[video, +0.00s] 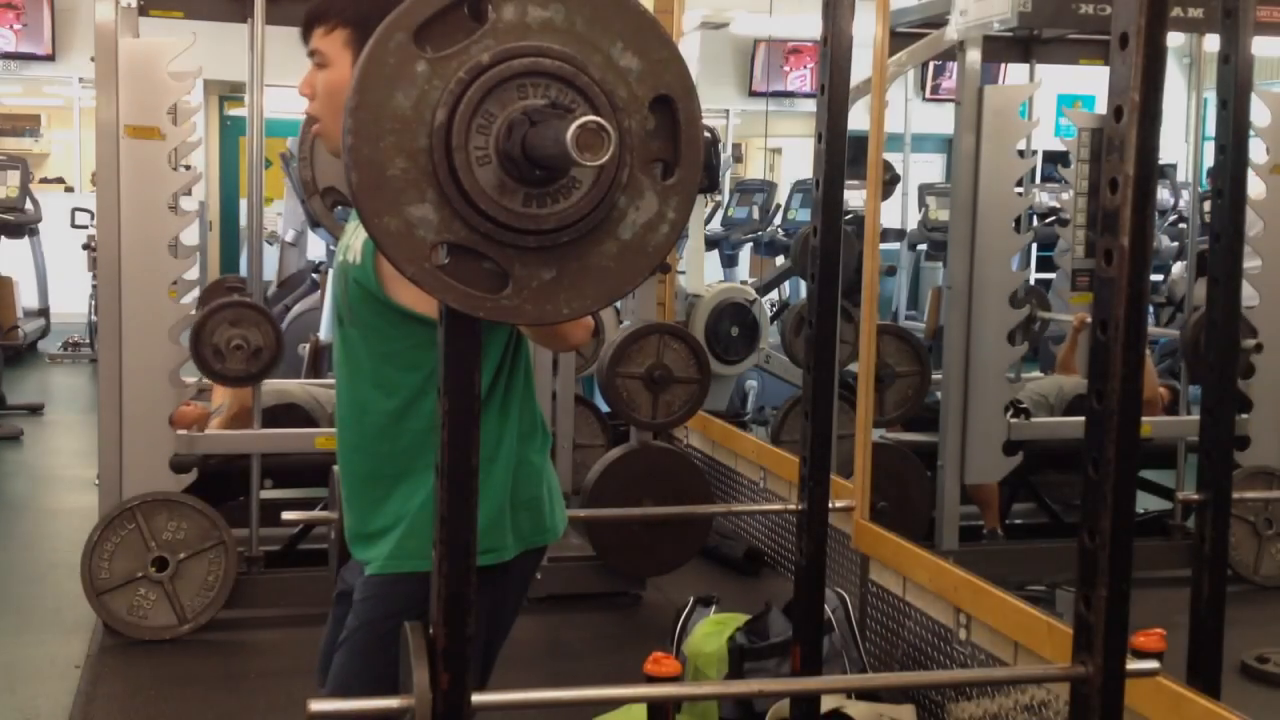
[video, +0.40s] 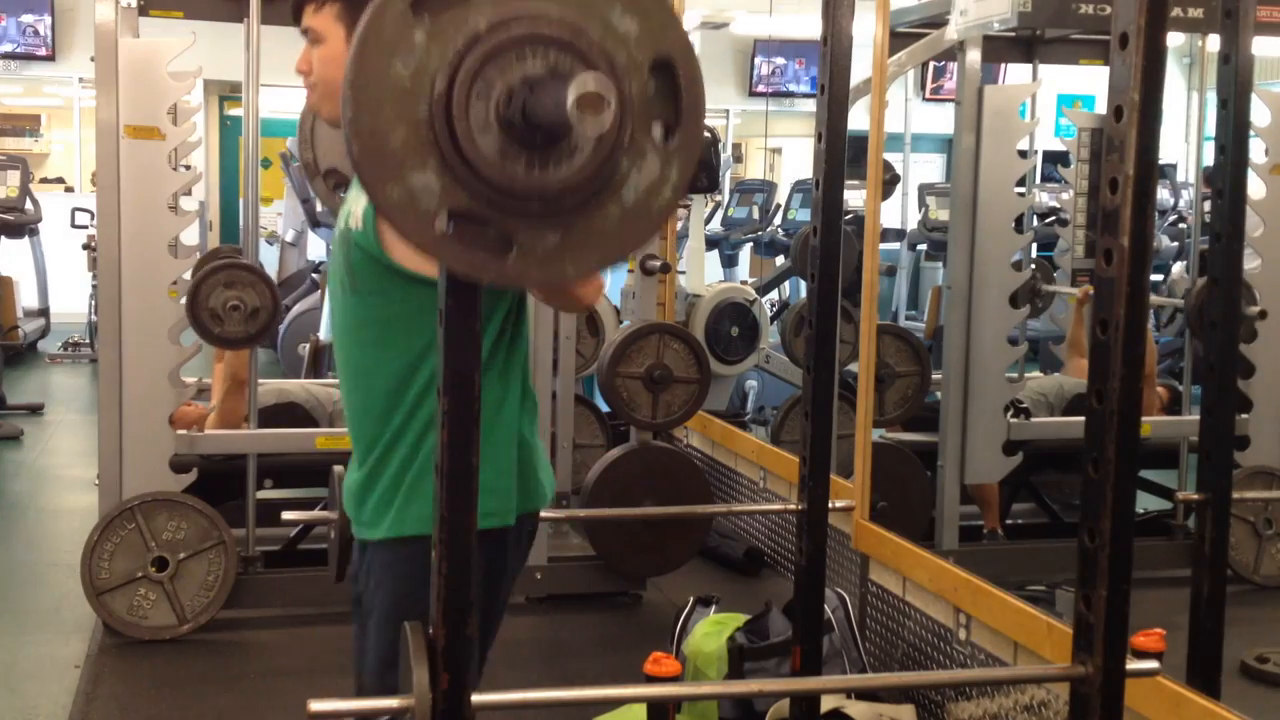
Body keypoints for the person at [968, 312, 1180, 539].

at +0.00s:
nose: (1156, 395)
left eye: (1161, 398)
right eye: (1159, 392)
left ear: (1163, 410)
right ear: (1154, 386)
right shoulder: (1107, 386)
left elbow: (1149, 394)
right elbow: (1064, 374)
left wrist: (1139, 345)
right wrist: (1074, 334)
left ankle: (992, 528)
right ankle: (992, 527)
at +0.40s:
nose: (1153, 389)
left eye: (1157, 392)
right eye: (1154, 389)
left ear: (1160, 406)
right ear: (1149, 392)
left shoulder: (1141, 406)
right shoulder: (1103, 385)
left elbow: (1147, 369)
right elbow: (1076, 354)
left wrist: (1140, 319)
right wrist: (1080, 305)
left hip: (1021, 406)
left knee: (978, 448)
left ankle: (992, 528)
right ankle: (992, 523)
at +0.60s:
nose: (1152, 393)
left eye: (1159, 396)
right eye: (1155, 389)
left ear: (1160, 413)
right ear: (1144, 385)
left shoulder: (1132, 415)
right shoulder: (1094, 390)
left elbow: (1145, 363)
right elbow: (1083, 340)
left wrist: (1139, 303)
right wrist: (1083, 296)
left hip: (1029, 405)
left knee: (978, 444)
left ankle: (992, 530)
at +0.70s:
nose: (1153, 393)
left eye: (1159, 396)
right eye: (1156, 391)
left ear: (1161, 412)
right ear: (1146, 385)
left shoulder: (1135, 415)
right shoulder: (1096, 392)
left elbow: (1144, 360)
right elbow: (1085, 339)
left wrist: (1138, 302)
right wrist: (1084, 296)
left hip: (1035, 403)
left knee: (978, 444)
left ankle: (992, 530)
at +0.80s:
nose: (1152, 394)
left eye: (1159, 397)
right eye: (1156, 390)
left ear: (1160, 412)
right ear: (1145, 384)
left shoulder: (1133, 413)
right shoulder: (1098, 391)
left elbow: (1145, 358)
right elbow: (1086, 339)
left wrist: (1139, 303)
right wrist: (1084, 296)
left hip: (1029, 406)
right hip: (1009, 394)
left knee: (978, 447)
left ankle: (992, 530)